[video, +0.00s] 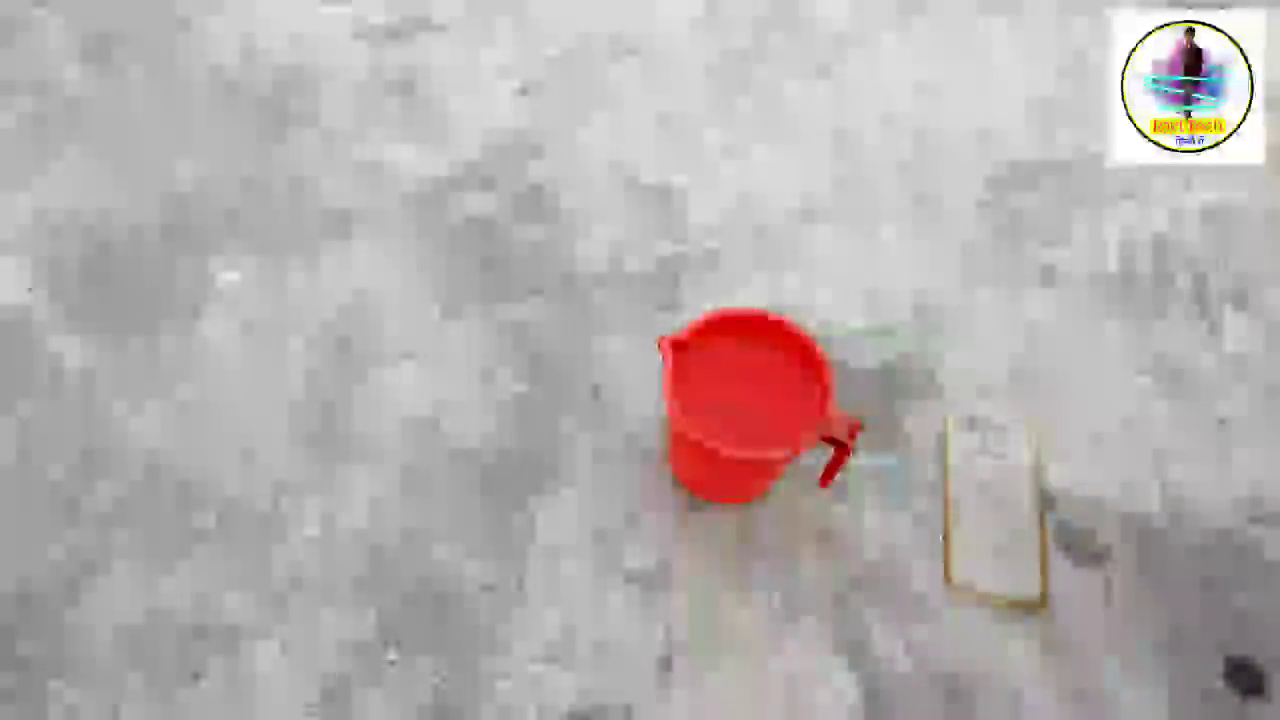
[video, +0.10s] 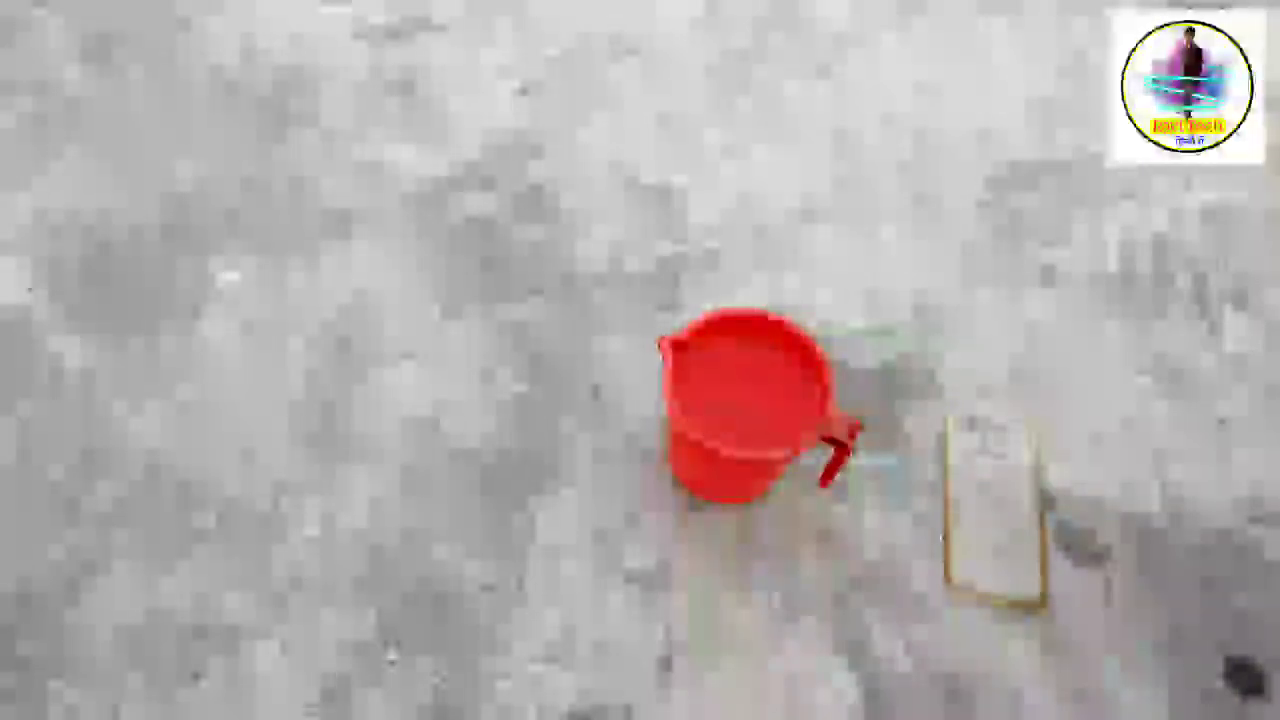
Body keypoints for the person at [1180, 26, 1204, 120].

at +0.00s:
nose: (1188, 38)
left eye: (1190, 35)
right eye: (1187, 35)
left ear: (1193, 36)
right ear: (1184, 36)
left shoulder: (1197, 49)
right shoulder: (1181, 49)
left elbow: (1199, 63)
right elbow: (1176, 61)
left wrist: (1198, 73)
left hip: (1193, 74)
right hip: (1183, 73)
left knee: (1191, 92)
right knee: (1185, 92)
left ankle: (1189, 111)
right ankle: (1186, 111)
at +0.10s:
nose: (1188, 38)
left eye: (1190, 36)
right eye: (1187, 35)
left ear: (1193, 36)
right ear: (1184, 36)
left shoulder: (1197, 49)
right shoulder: (1181, 49)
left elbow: (1199, 63)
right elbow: (1175, 61)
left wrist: (1198, 73)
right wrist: (1173, 72)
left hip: (1193, 74)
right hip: (1183, 73)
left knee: (1191, 92)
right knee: (1185, 92)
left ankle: (1189, 111)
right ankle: (1186, 111)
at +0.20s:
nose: (1188, 38)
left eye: (1190, 36)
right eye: (1187, 35)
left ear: (1193, 36)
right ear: (1184, 36)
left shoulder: (1197, 49)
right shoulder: (1182, 49)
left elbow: (1199, 63)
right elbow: (1175, 61)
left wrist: (1197, 73)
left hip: (1193, 74)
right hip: (1183, 73)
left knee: (1191, 92)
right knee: (1185, 92)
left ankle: (1189, 111)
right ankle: (1186, 111)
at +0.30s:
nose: (1188, 38)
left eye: (1190, 36)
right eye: (1187, 35)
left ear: (1193, 36)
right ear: (1184, 36)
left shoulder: (1197, 49)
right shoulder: (1181, 49)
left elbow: (1199, 63)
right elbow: (1175, 61)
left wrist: (1198, 73)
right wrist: (1173, 72)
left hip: (1193, 74)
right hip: (1183, 73)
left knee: (1191, 92)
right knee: (1185, 92)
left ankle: (1189, 111)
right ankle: (1186, 111)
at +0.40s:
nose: (1188, 38)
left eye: (1190, 36)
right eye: (1187, 35)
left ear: (1193, 36)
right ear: (1184, 36)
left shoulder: (1197, 49)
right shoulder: (1182, 49)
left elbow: (1199, 63)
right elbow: (1175, 61)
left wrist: (1197, 73)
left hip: (1193, 74)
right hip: (1183, 73)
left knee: (1191, 92)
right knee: (1185, 92)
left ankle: (1189, 111)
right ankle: (1186, 111)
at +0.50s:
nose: (1188, 38)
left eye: (1190, 36)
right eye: (1187, 35)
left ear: (1193, 36)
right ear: (1184, 36)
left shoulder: (1197, 49)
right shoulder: (1181, 49)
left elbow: (1199, 63)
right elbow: (1175, 61)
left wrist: (1197, 73)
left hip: (1193, 74)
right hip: (1183, 73)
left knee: (1191, 92)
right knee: (1185, 92)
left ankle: (1189, 111)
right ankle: (1186, 111)